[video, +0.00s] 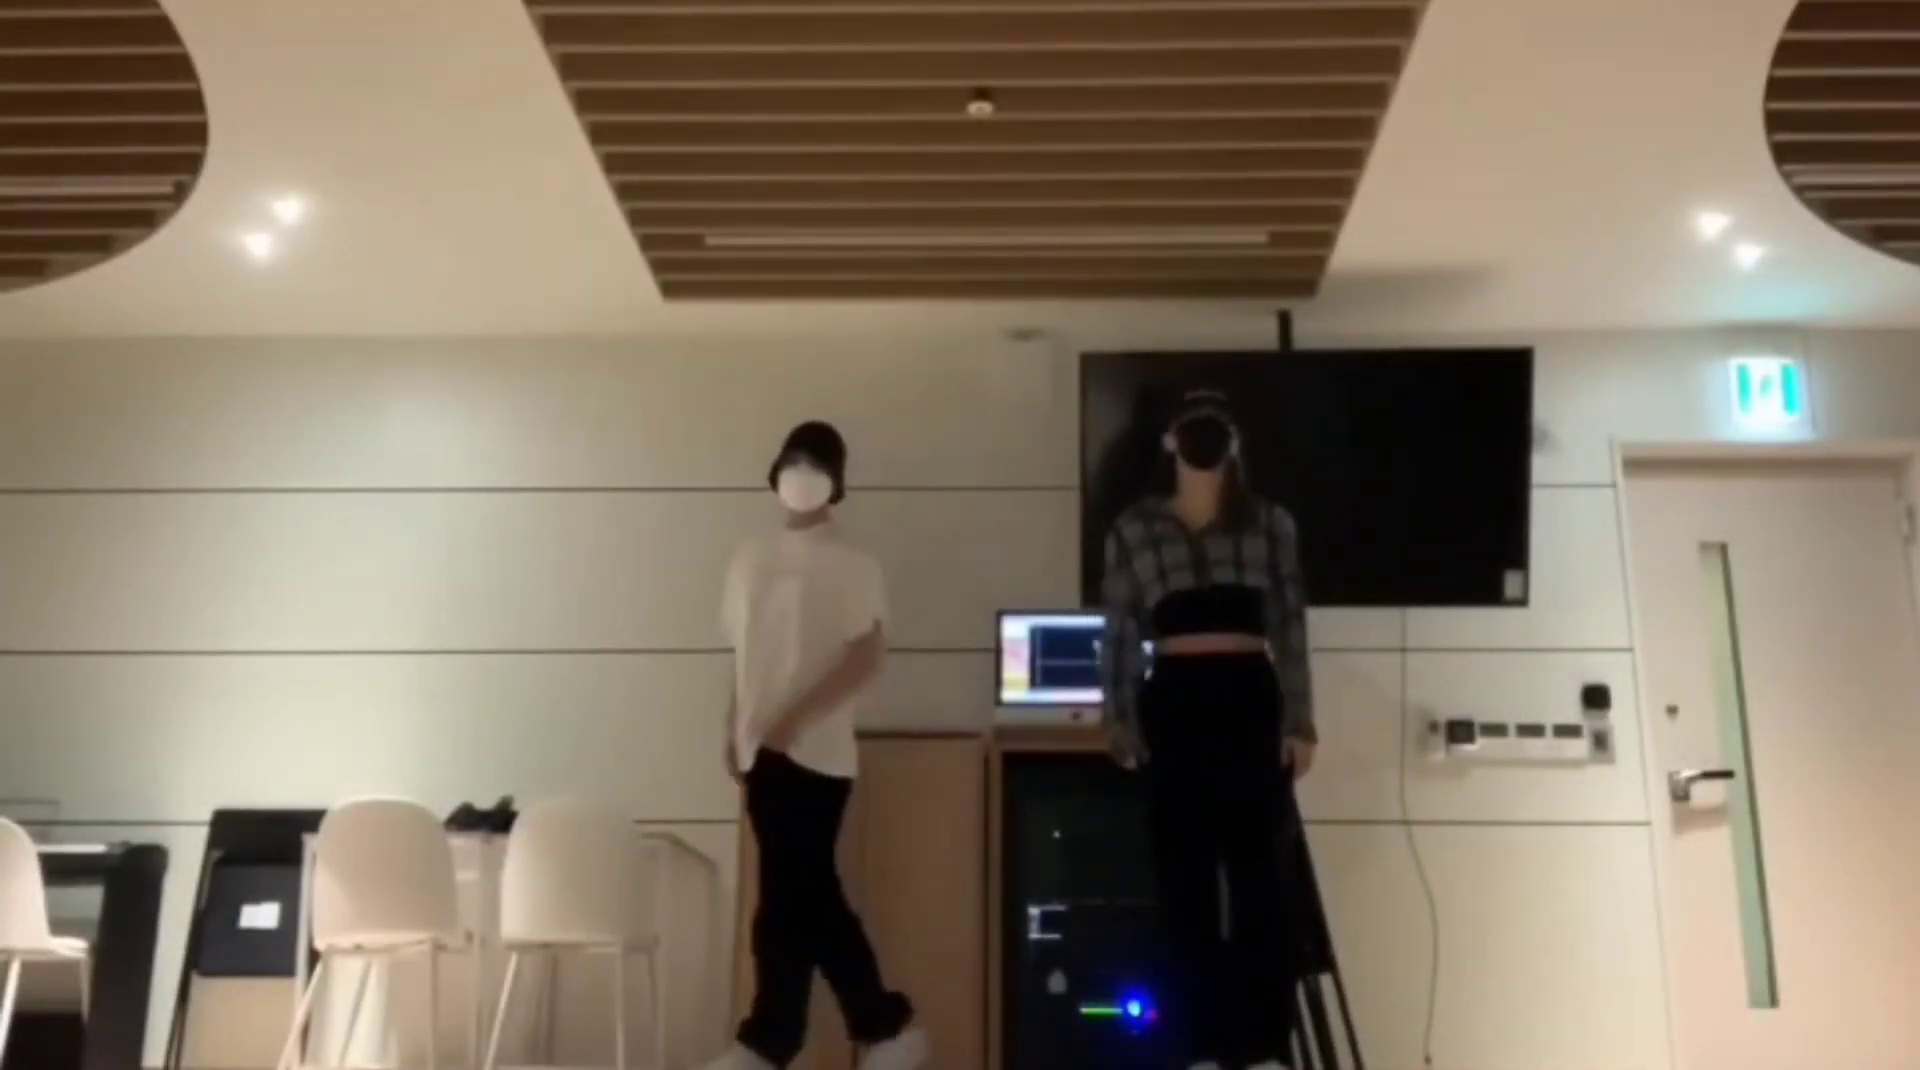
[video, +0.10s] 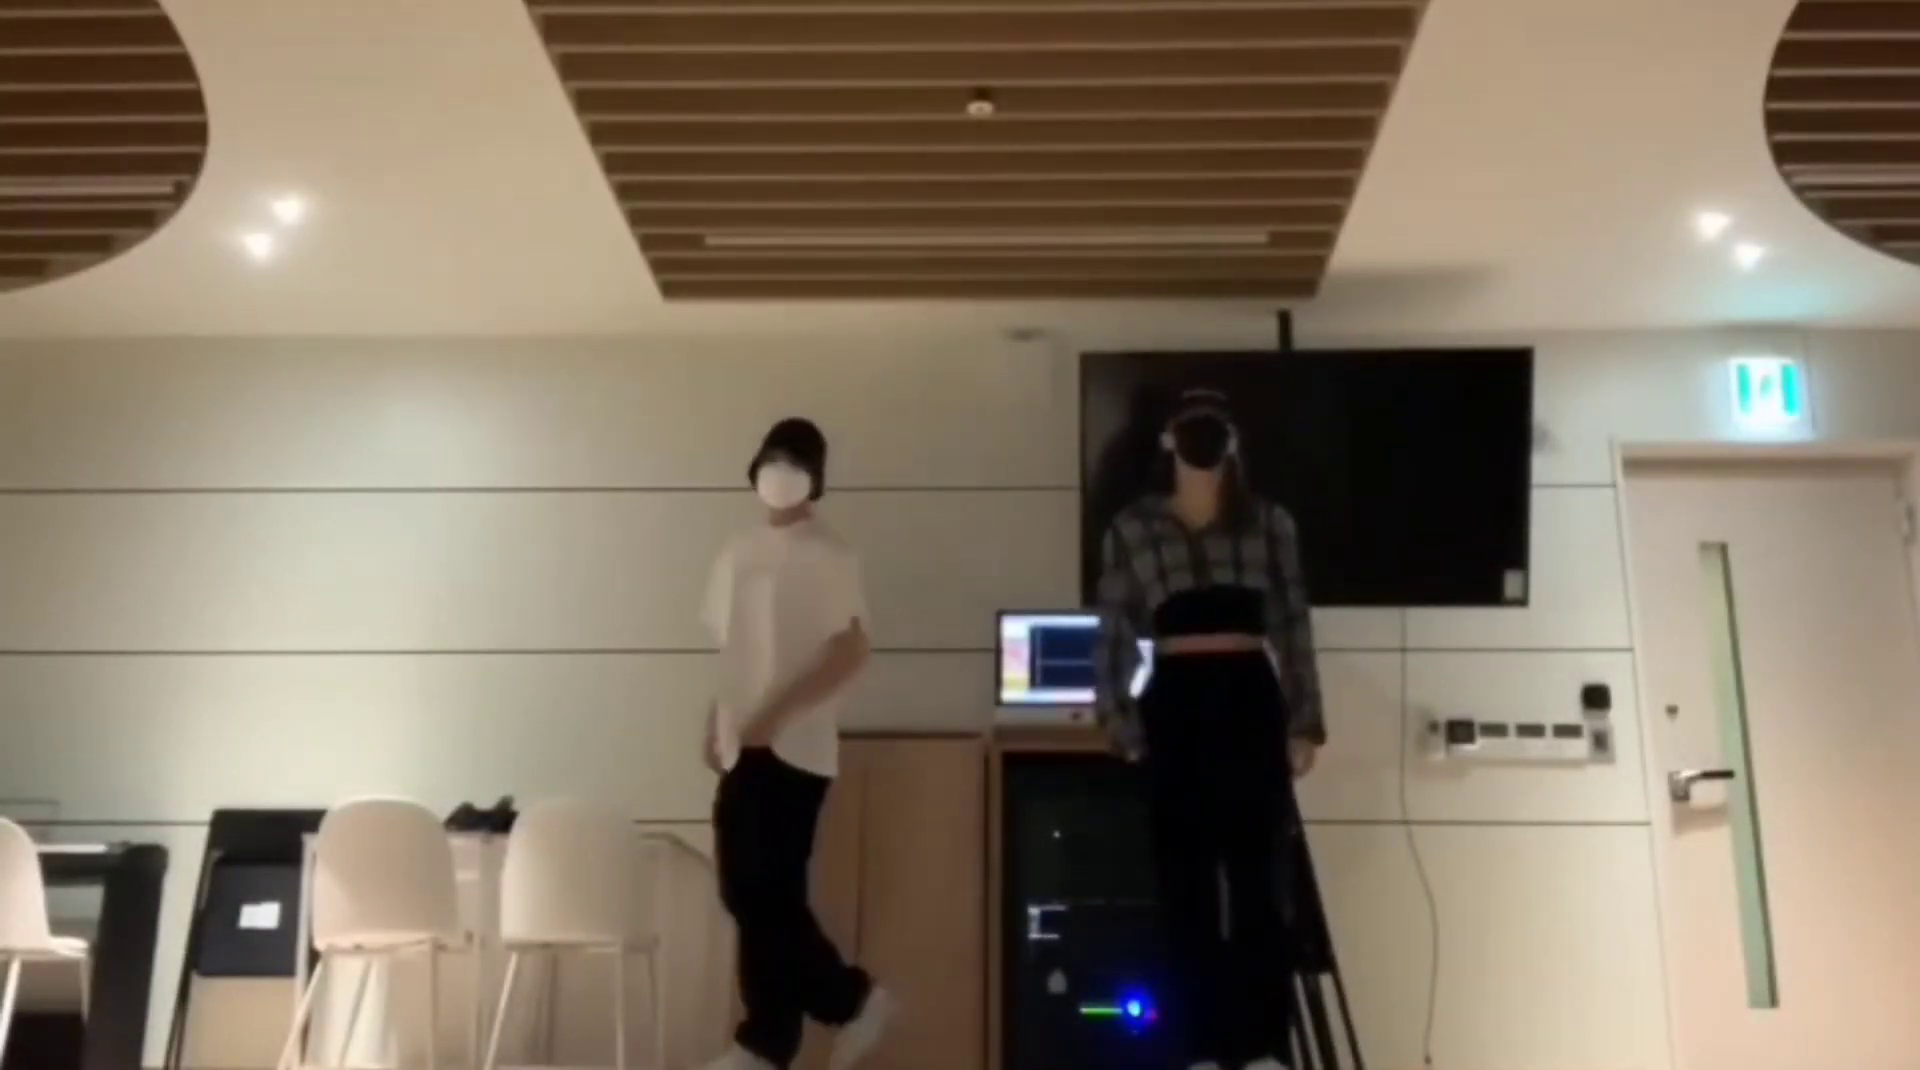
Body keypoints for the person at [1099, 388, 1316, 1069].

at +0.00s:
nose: (1206, 441)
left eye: (1217, 430)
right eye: (1192, 430)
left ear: (1237, 445)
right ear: (1168, 443)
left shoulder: (1271, 525)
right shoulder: (1135, 529)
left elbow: (1291, 628)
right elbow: (1119, 632)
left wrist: (1299, 721)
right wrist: (1119, 719)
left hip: (1250, 714)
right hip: (1175, 715)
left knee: (1260, 875)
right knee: (1184, 877)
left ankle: (1262, 1038)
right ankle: (1200, 1038)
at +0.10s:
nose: (1205, 438)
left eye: (1216, 427)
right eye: (1190, 427)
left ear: (1236, 444)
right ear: (1166, 442)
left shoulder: (1270, 525)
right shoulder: (1132, 529)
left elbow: (1294, 625)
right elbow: (1116, 629)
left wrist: (1305, 716)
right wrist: (1114, 712)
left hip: (1251, 709)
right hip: (1176, 710)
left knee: (1259, 875)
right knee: (1184, 877)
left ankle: (1261, 1039)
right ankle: (1200, 1039)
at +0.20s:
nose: (1204, 433)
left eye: (1216, 421)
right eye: (1189, 422)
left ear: (1235, 439)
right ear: (1165, 439)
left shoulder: (1269, 524)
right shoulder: (1131, 529)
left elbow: (1295, 623)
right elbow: (1111, 628)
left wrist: (1310, 715)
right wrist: (1121, 713)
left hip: (1253, 706)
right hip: (1178, 708)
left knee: (1255, 871)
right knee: (1189, 873)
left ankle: (1256, 1039)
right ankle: (1200, 1040)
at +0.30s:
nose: (1203, 429)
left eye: (1215, 418)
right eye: (1189, 419)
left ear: (1235, 437)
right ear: (1165, 437)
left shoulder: (1269, 524)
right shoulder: (1130, 528)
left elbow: (1295, 623)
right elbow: (1109, 629)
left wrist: (1314, 715)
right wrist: (1129, 713)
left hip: (1255, 708)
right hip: (1179, 710)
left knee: (1256, 871)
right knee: (1190, 873)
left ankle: (1254, 1040)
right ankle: (1199, 1041)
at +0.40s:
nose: (1206, 426)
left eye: (1217, 415)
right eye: (1192, 415)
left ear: (1236, 431)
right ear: (1168, 431)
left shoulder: (1270, 517)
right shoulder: (1131, 519)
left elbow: (1296, 620)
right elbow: (1112, 617)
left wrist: (1317, 716)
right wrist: (1132, 696)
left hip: (1256, 704)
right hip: (1178, 705)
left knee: (1260, 868)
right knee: (1189, 870)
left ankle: (1255, 1040)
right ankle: (1200, 1039)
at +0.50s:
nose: (1207, 422)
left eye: (1218, 410)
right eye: (1193, 411)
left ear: (1237, 428)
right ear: (1169, 428)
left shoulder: (1270, 514)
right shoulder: (1132, 515)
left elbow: (1295, 618)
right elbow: (1112, 611)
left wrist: (1316, 713)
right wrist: (1135, 690)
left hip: (1255, 702)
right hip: (1176, 704)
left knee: (1259, 867)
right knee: (1187, 868)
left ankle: (1251, 1040)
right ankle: (1197, 1037)